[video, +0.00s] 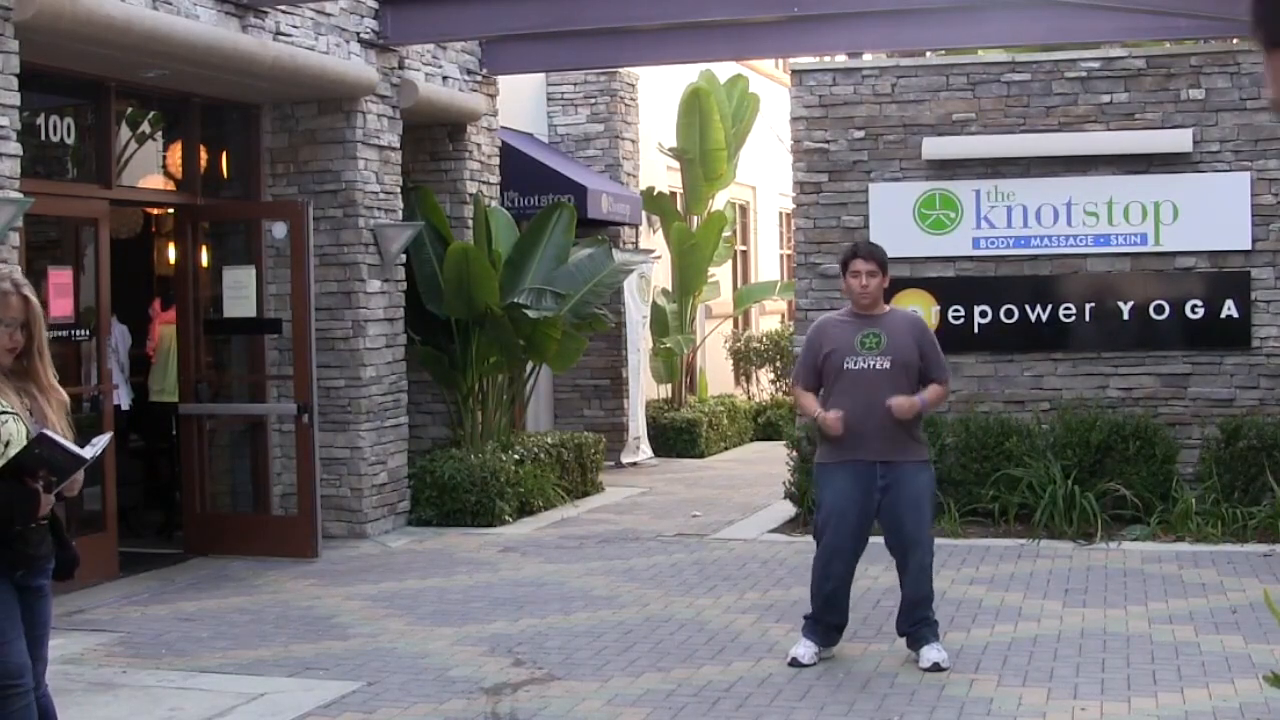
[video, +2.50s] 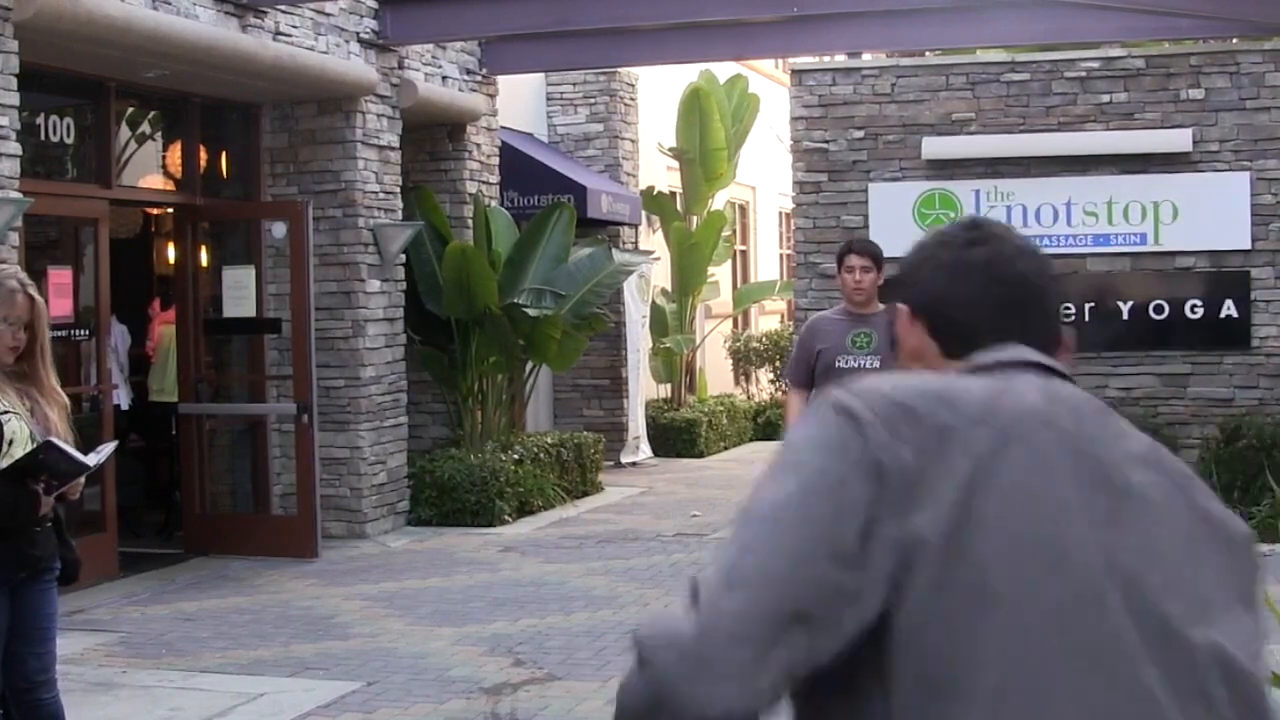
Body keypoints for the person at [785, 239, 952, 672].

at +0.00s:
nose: (862, 283)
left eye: (870, 275)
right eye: (854, 275)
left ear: (885, 279)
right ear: (843, 281)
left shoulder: (913, 325)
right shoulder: (823, 330)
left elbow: (940, 385)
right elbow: (802, 388)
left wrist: (917, 402)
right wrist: (819, 413)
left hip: (906, 460)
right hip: (842, 461)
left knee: (917, 550)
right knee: (833, 550)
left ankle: (924, 637)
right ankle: (817, 635)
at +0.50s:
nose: (852, 286)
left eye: (860, 279)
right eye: (845, 279)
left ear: (875, 284)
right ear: (834, 284)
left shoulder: (900, 333)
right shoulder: (811, 335)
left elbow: (926, 393)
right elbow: (790, 400)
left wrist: (909, 405)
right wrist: (816, 394)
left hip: (883, 463)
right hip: (821, 460)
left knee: (889, 545)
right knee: (817, 546)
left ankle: (920, 637)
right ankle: (817, 633)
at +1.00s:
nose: (859, 285)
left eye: (868, 277)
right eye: (851, 278)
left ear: (882, 282)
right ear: (841, 285)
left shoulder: (908, 330)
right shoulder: (823, 333)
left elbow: (938, 398)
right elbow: (795, 401)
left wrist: (918, 369)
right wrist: (806, 381)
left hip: (903, 466)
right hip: (839, 467)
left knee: (912, 553)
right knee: (833, 553)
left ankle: (923, 638)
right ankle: (818, 636)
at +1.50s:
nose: (854, 283)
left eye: (862, 276)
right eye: (846, 276)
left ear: (877, 282)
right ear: (835, 282)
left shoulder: (902, 331)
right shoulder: (812, 332)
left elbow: (925, 388)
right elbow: (794, 383)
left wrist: (919, 420)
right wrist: (791, 417)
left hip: (888, 457)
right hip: (824, 457)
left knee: (901, 545)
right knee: (820, 548)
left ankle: (921, 637)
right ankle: (817, 634)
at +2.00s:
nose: (852, 279)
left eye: (860, 271)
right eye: (844, 271)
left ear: (874, 276)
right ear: (832, 278)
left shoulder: (901, 326)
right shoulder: (812, 329)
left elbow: (929, 385)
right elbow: (788, 387)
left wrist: (914, 402)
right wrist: (799, 401)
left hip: (889, 463)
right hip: (824, 462)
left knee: (902, 551)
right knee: (821, 551)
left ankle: (922, 637)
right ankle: (818, 633)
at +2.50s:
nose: (857, 279)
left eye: (865, 270)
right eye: (849, 271)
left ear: (880, 277)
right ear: (839, 277)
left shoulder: (900, 324)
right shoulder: (817, 328)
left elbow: (915, 383)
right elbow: (797, 392)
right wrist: (797, 448)